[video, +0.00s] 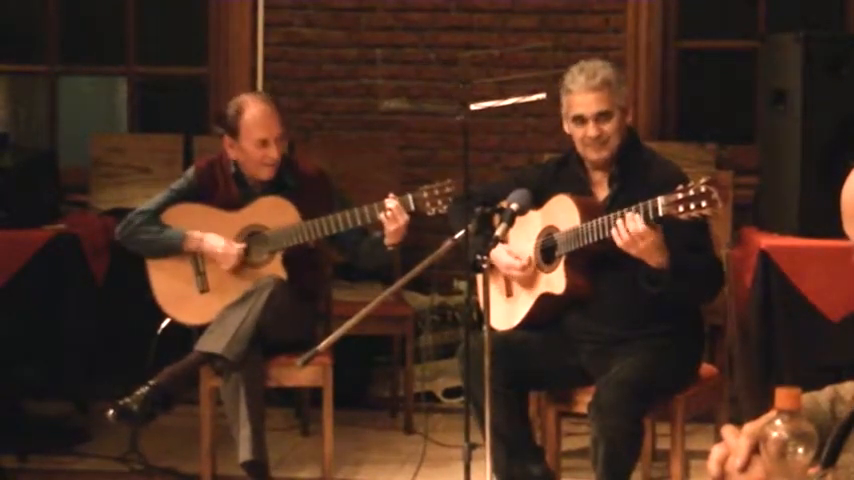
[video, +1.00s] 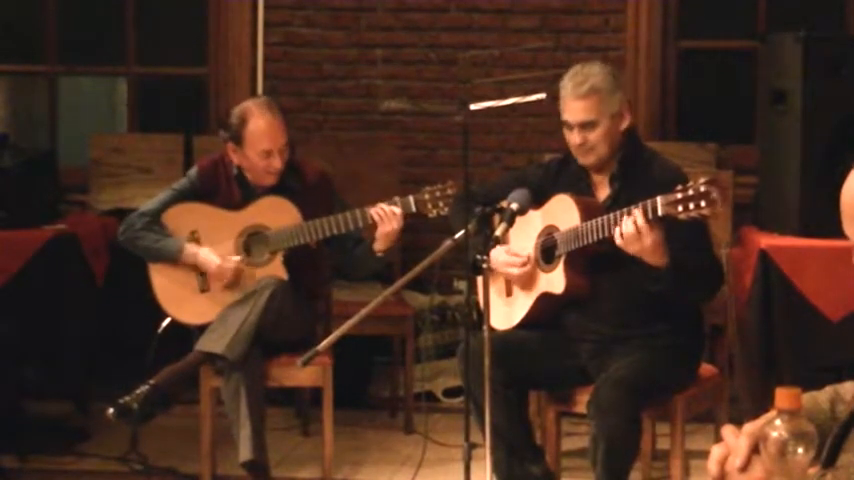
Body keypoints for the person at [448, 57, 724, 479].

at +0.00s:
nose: (593, 131)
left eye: (604, 118)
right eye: (579, 121)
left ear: (626, 115)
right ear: (565, 124)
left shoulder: (664, 182)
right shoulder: (555, 176)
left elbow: (707, 281)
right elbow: (464, 206)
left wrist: (662, 261)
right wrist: (489, 247)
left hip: (653, 341)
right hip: (573, 337)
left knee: (614, 400)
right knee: (487, 354)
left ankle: (611, 474)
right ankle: (523, 471)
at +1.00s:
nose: (577, 139)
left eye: (589, 126)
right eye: (568, 128)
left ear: (623, 119)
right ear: (561, 124)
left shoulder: (665, 184)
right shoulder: (557, 176)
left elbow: (706, 281)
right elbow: (467, 205)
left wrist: (661, 260)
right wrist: (486, 250)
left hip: (653, 342)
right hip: (573, 336)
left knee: (613, 394)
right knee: (484, 353)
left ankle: (609, 473)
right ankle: (524, 471)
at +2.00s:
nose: (584, 143)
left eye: (596, 129)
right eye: (572, 131)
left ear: (625, 119)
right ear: (561, 126)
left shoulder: (665, 183)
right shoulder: (557, 176)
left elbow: (705, 281)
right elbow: (468, 203)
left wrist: (658, 262)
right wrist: (488, 248)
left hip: (654, 342)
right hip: (574, 335)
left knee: (611, 403)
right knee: (485, 353)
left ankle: (613, 474)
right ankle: (523, 471)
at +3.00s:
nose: (585, 138)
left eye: (597, 125)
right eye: (573, 127)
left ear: (624, 117)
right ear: (563, 124)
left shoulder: (666, 183)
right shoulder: (557, 177)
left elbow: (705, 284)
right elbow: (467, 202)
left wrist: (662, 259)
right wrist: (489, 249)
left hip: (652, 344)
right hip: (572, 338)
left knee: (613, 404)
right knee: (484, 352)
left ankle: (613, 474)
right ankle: (525, 471)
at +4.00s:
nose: (548, 141)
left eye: (556, 131)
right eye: (548, 130)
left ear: (595, 131)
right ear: (591, 132)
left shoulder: (667, 186)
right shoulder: (557, 179)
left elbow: (710, 285)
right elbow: (468, 205)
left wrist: (666, 263)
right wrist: (488, 253)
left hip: (657, 346)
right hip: (577, 339)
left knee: (615, 407)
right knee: (486, 358)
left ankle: (618, 475)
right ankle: (524, 473)